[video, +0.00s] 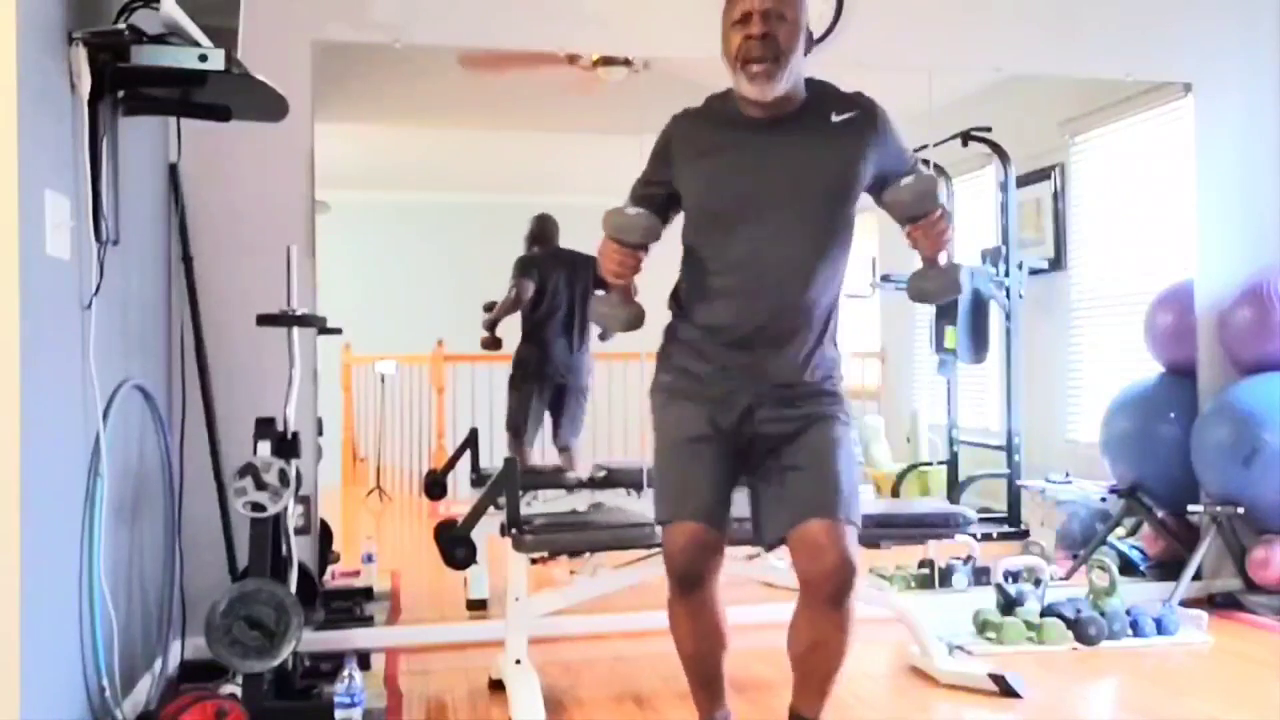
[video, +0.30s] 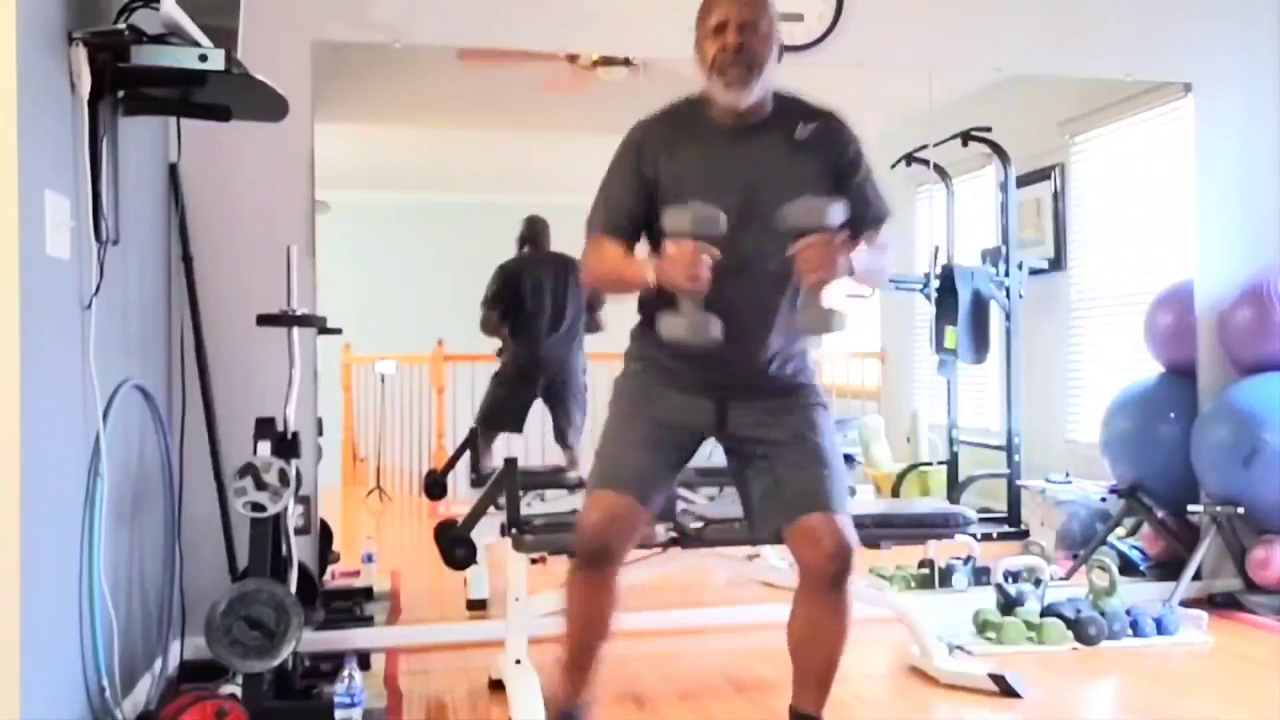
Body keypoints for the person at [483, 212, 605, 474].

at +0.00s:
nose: (527, 241)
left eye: (528, 237)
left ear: (531, 237)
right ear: (557, 236)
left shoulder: (529, 262)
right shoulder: (583, 262)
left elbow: (522, 295)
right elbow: (619, 287)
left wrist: (493, 320)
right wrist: (610, 323)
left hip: (536, 363)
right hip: (576, 366)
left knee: (520, 437)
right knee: (568, 439)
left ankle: (524, 502)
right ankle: (577, 504)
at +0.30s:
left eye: (526, 236)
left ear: (522, 238)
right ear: (548, 238)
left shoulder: (509, 270)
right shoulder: (575, 268)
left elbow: (489, 324)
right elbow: (597, 321)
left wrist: (511, 333)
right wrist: (567, 324)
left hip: (520, 366)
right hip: (566, 366)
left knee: (486, 430)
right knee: (571, 439)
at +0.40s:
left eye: (516, 257)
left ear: (513, 260)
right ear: (540, 259)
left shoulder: (499, 292)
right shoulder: (565, 289)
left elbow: (483, 352)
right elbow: (580, 337)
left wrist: (506, 341)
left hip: (516, 383)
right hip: (562, 382)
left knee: (469, 440)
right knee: (579, 452)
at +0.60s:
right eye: (511, 267)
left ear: (489, 272)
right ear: (517, 270)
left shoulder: (474, 305)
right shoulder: (532, 301)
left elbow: (452, 360)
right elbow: (550, 347)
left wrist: (472, 344)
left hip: (488, 393)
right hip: (531, 392)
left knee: (450, 447)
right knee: (559, 453)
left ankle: (446, 522)